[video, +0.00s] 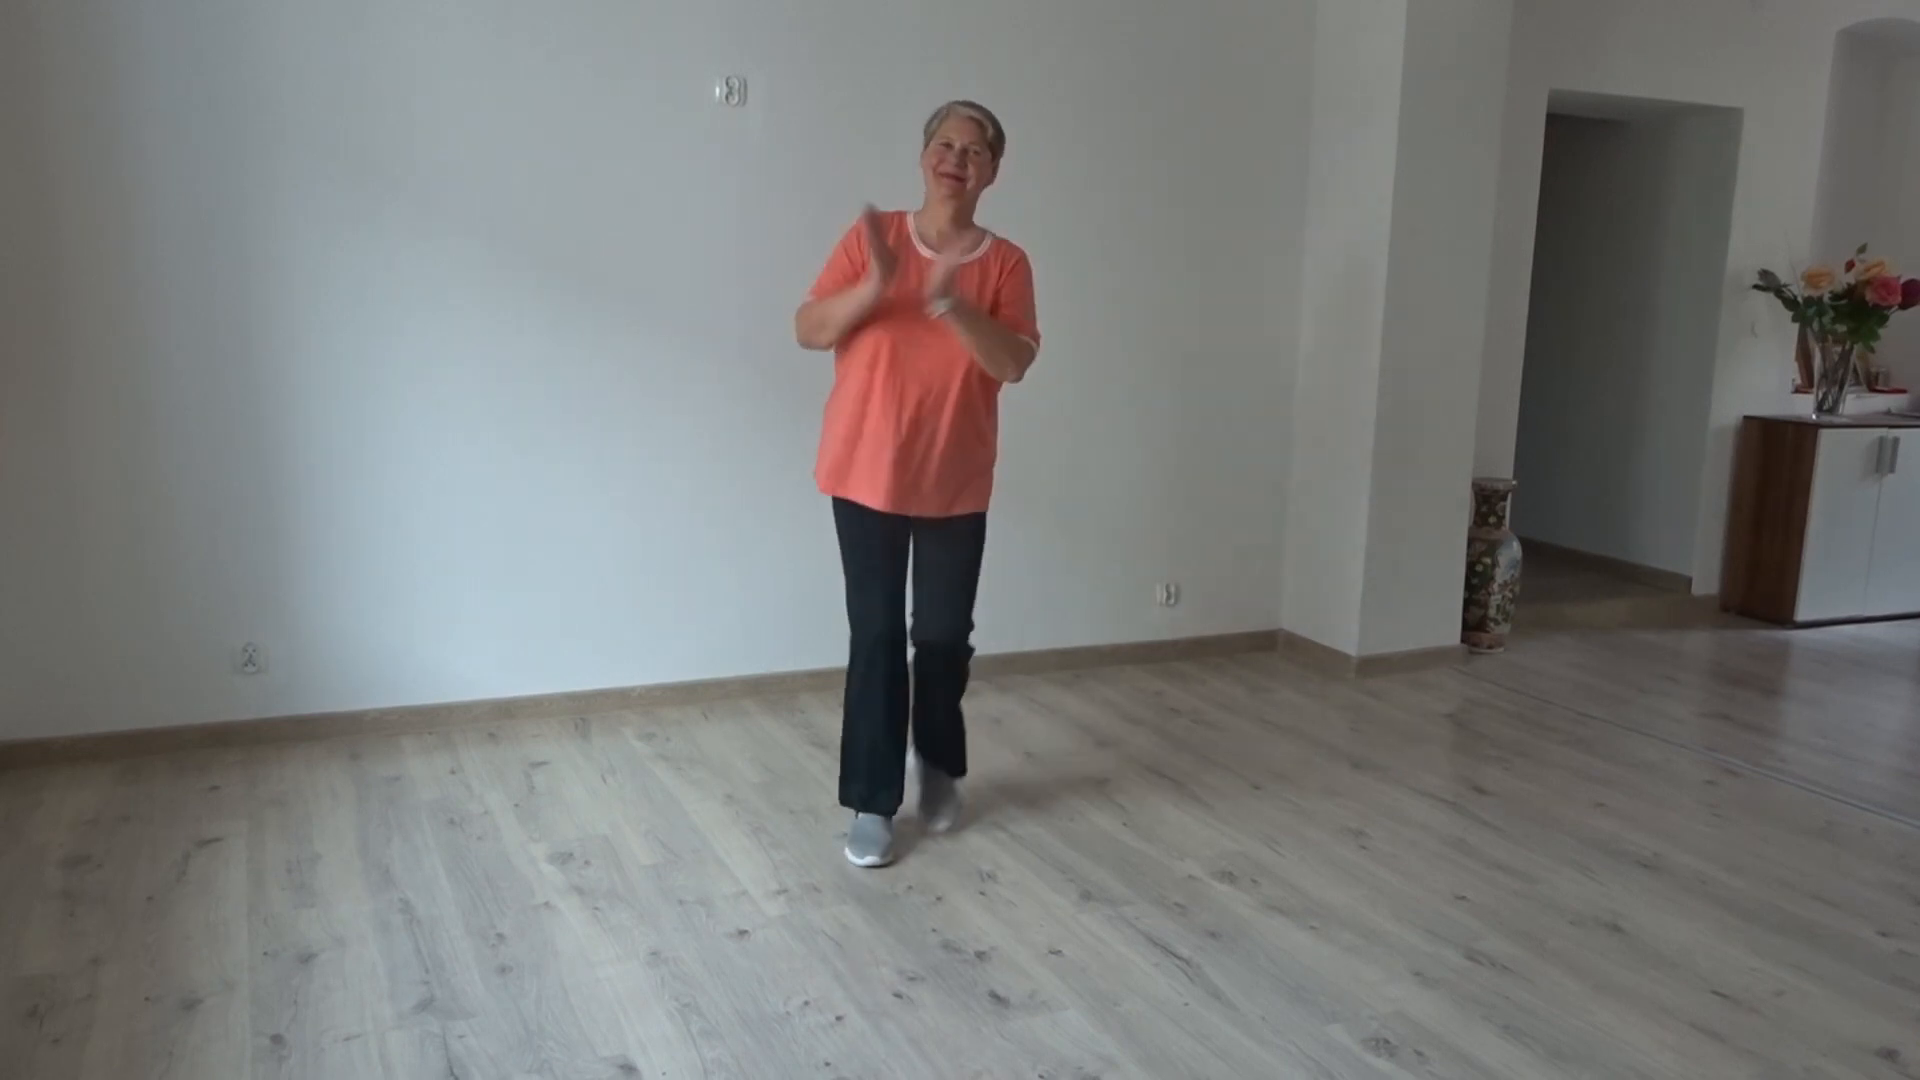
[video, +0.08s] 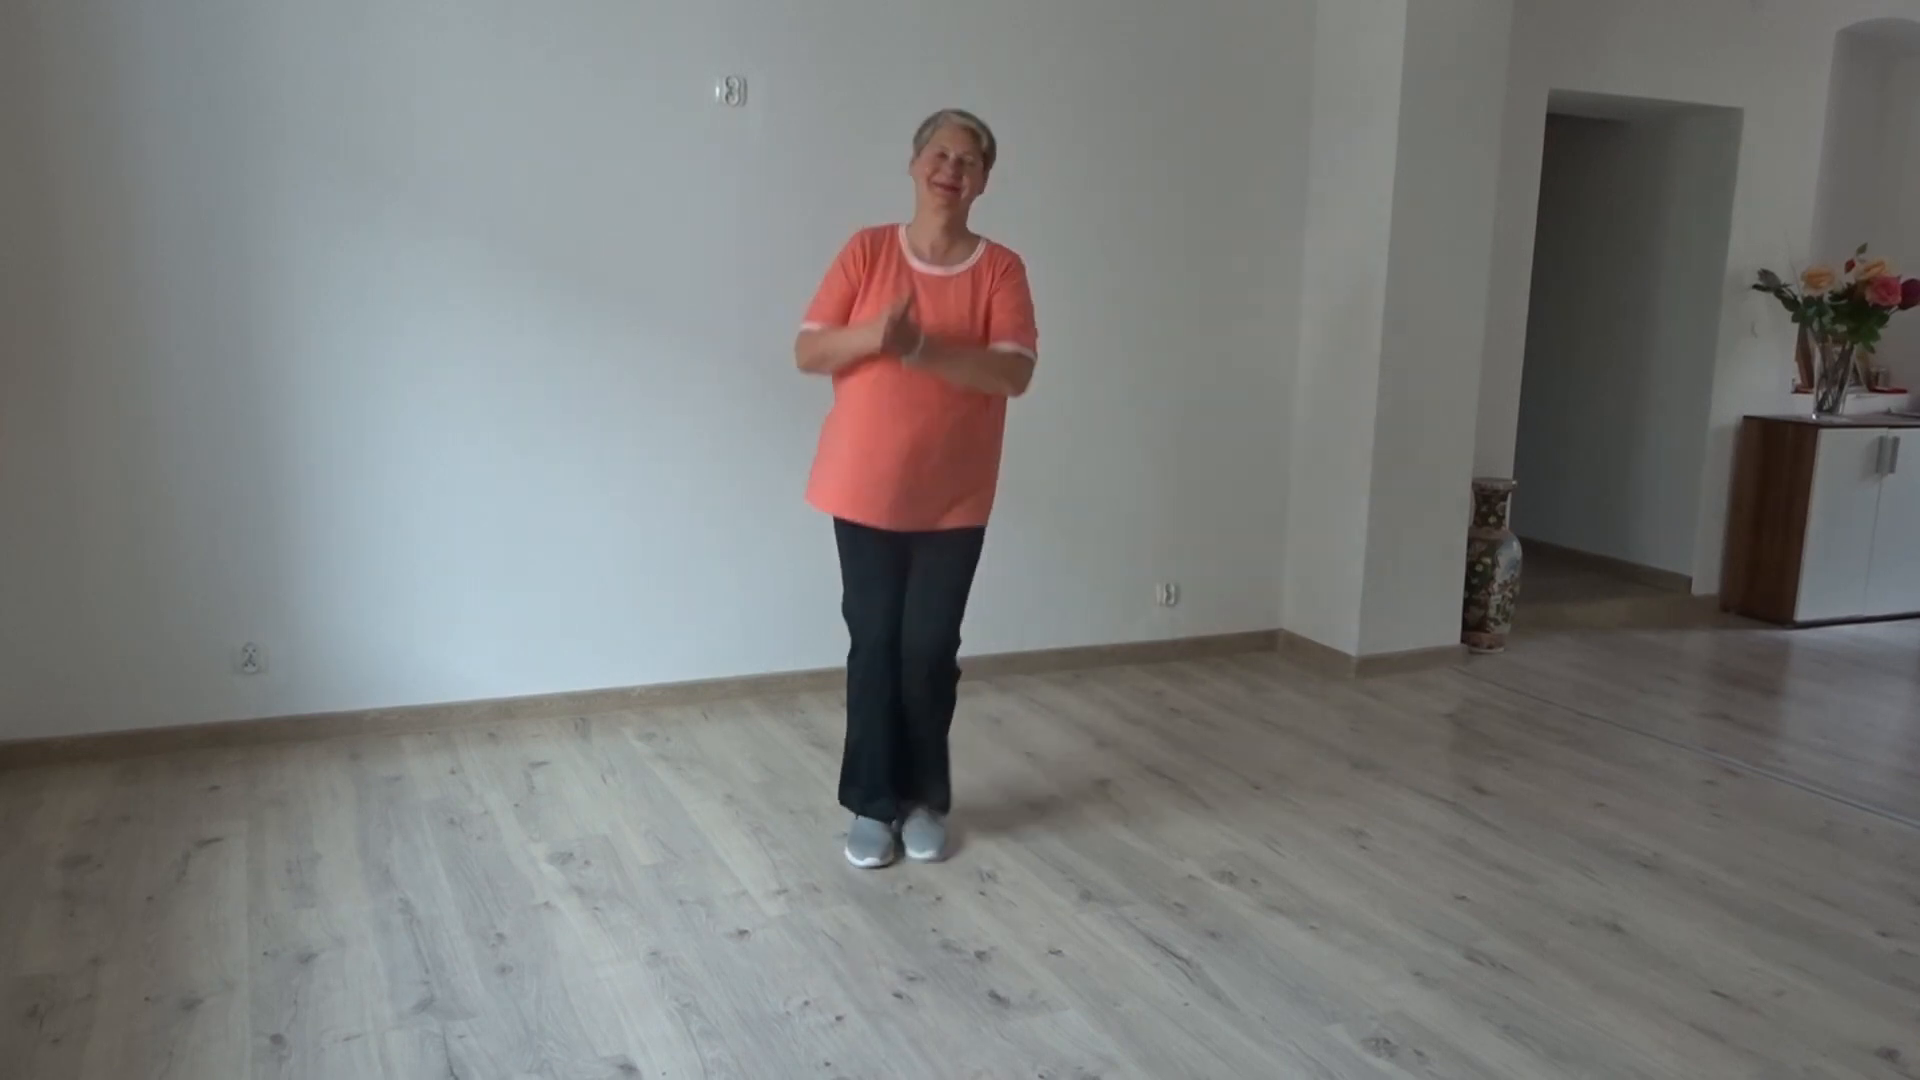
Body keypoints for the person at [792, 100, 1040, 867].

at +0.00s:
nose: (955, 159)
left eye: (973, 151)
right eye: (945, 146)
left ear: (993, 171)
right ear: (922, 156)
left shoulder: (1003, 261)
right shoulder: (874, 235)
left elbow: (1012, 364)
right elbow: (810, 328)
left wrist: (957, 307)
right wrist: (872, 290)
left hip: (955, 481)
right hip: (867, 472)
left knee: (942, 638)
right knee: (877, 639)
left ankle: (939, 766)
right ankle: (869, 804)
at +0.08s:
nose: (951, 169)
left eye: (967, 161)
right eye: (940, 155)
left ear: (983, 181)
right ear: (914, 165)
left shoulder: (1000, 268)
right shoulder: (867, 251)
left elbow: (1015, 373)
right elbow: (809, 349)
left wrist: (924, 350)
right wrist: (871, 335)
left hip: (954, 500)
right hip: (865, 494)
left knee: (930, 654)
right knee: (874, 650)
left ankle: (925, 804)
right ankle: (870, 808)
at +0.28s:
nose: (948, 169)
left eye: (961, 160)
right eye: (932, 157)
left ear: (975, 179)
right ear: (900, 173)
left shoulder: (1005, 270)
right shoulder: (864, 269)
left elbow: (1053, 377)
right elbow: (805, 362)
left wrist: (985, 427)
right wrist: (815, 409)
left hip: (978, 498)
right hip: (880, 498)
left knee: (996, 652)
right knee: (880, 660)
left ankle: (967, 784)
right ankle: (871, 817)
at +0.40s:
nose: (956, 154)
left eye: (970, 144)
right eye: (940, 143)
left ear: (986, 163)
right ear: (910, 162)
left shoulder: (1023, 255)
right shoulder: (877, 259)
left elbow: (1090, 356)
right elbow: (817, 346)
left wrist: (1062, 371)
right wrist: (820, 364)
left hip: (1005, 482)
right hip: (902, 485)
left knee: (1050, 644)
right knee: (894, 653)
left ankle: (1064, 806)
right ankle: (871, 818)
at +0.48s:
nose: (970, 156)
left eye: (983, 145)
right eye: (954, 145)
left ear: (1001, 163)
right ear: (924, 163)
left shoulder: (1041, 256)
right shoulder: (893, 262)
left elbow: (1105, 368)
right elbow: (839, 371)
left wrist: (1104, 339)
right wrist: (847, 333)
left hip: (1024, 483)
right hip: (919, 485)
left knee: (1078, 652)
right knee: (905, 652)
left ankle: (1137, 822)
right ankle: (873, 817)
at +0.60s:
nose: (1005, 167)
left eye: (1016, 155)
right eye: (989, 156)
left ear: (1035, 172)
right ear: (957, 175)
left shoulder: (1082, 260)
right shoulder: (934, 273)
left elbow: (1135, 373)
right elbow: (894, 386)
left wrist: (1115, 303)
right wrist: (916, 305)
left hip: (1063, 489)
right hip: (960, 490)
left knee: (1118, 662)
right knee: (929, 657)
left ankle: (1184, 835)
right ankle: (878, 819)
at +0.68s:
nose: (1036, 172)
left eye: (1047, 160)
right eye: (1018, 163)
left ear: (1065, 175)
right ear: (988, 182)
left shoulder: (1108, 261)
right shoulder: (972, 276)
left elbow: (1158, 364)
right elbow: (947, 389)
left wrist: (1085, 319)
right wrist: (1019, 324)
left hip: (1104, 499)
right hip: (1000, 500)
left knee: (1148, 671)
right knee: (954, 665)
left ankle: (1185, 841)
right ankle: (882, 816)